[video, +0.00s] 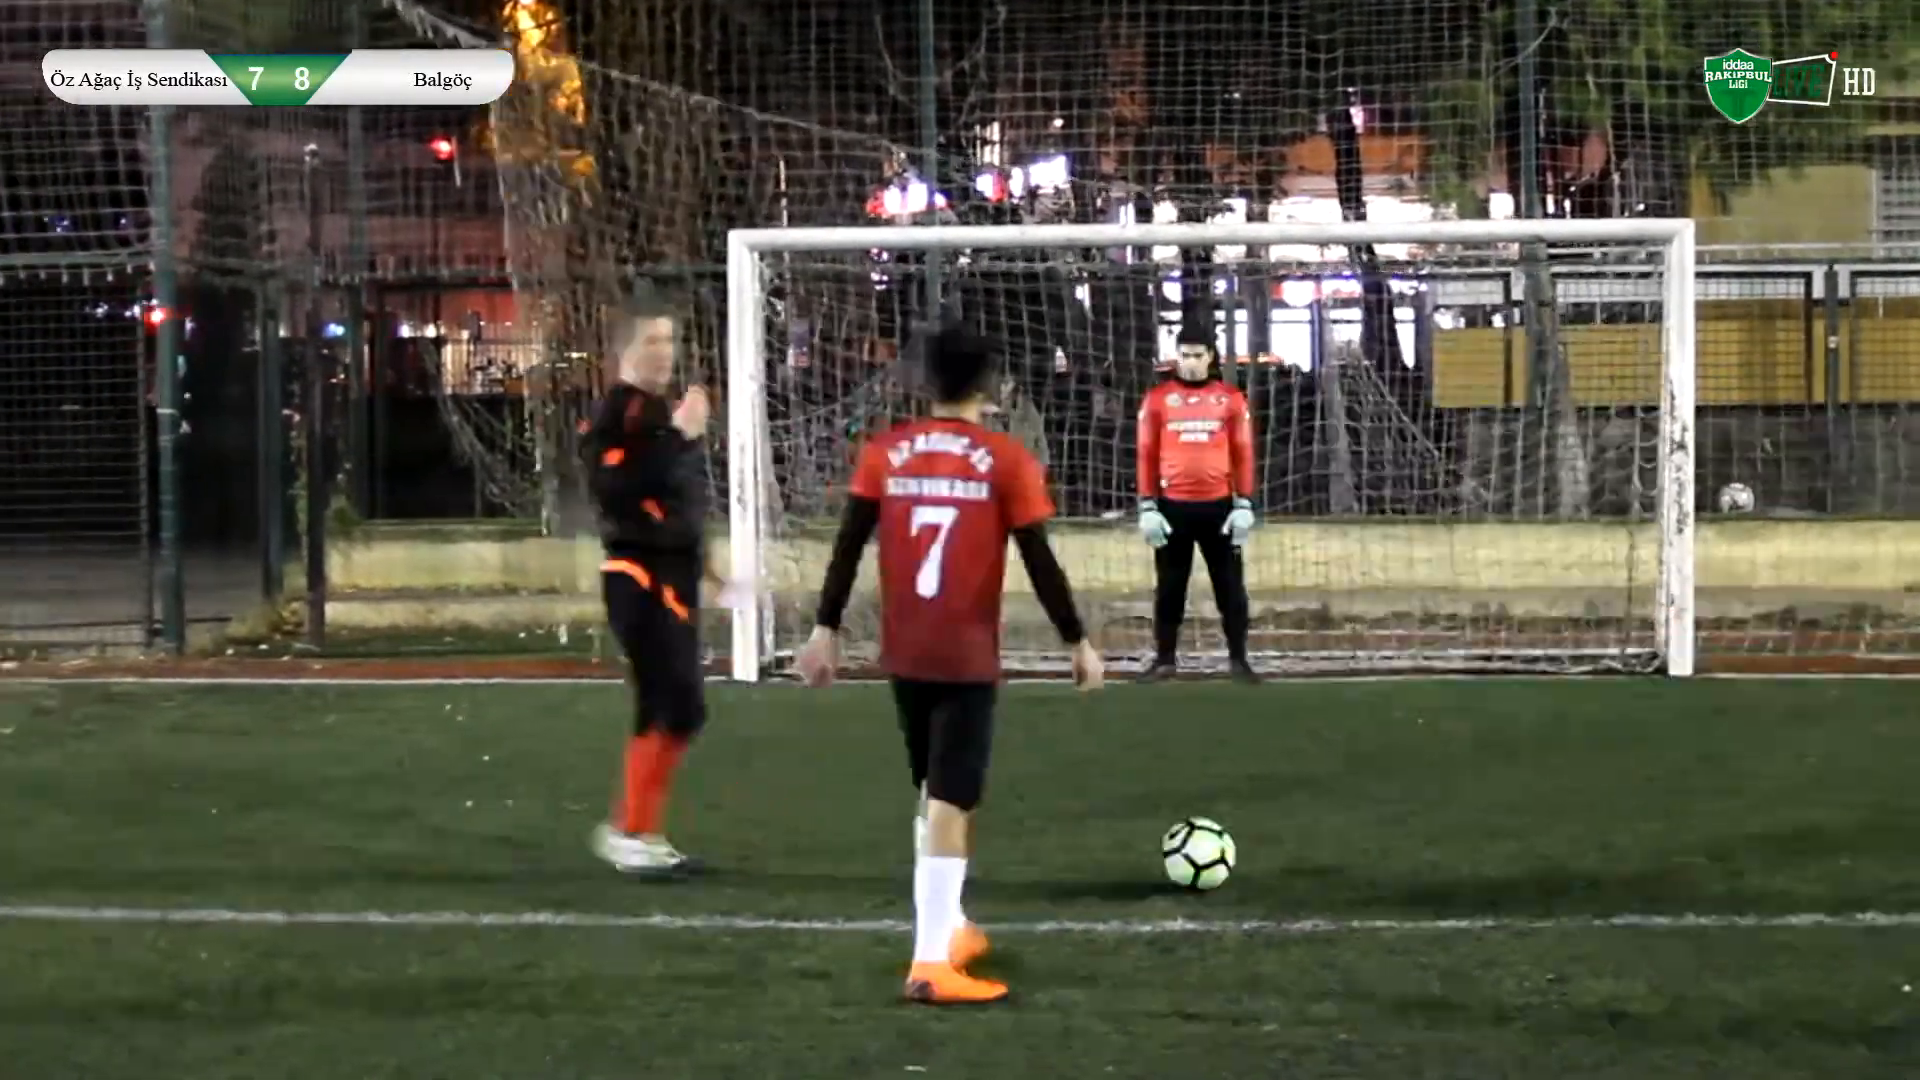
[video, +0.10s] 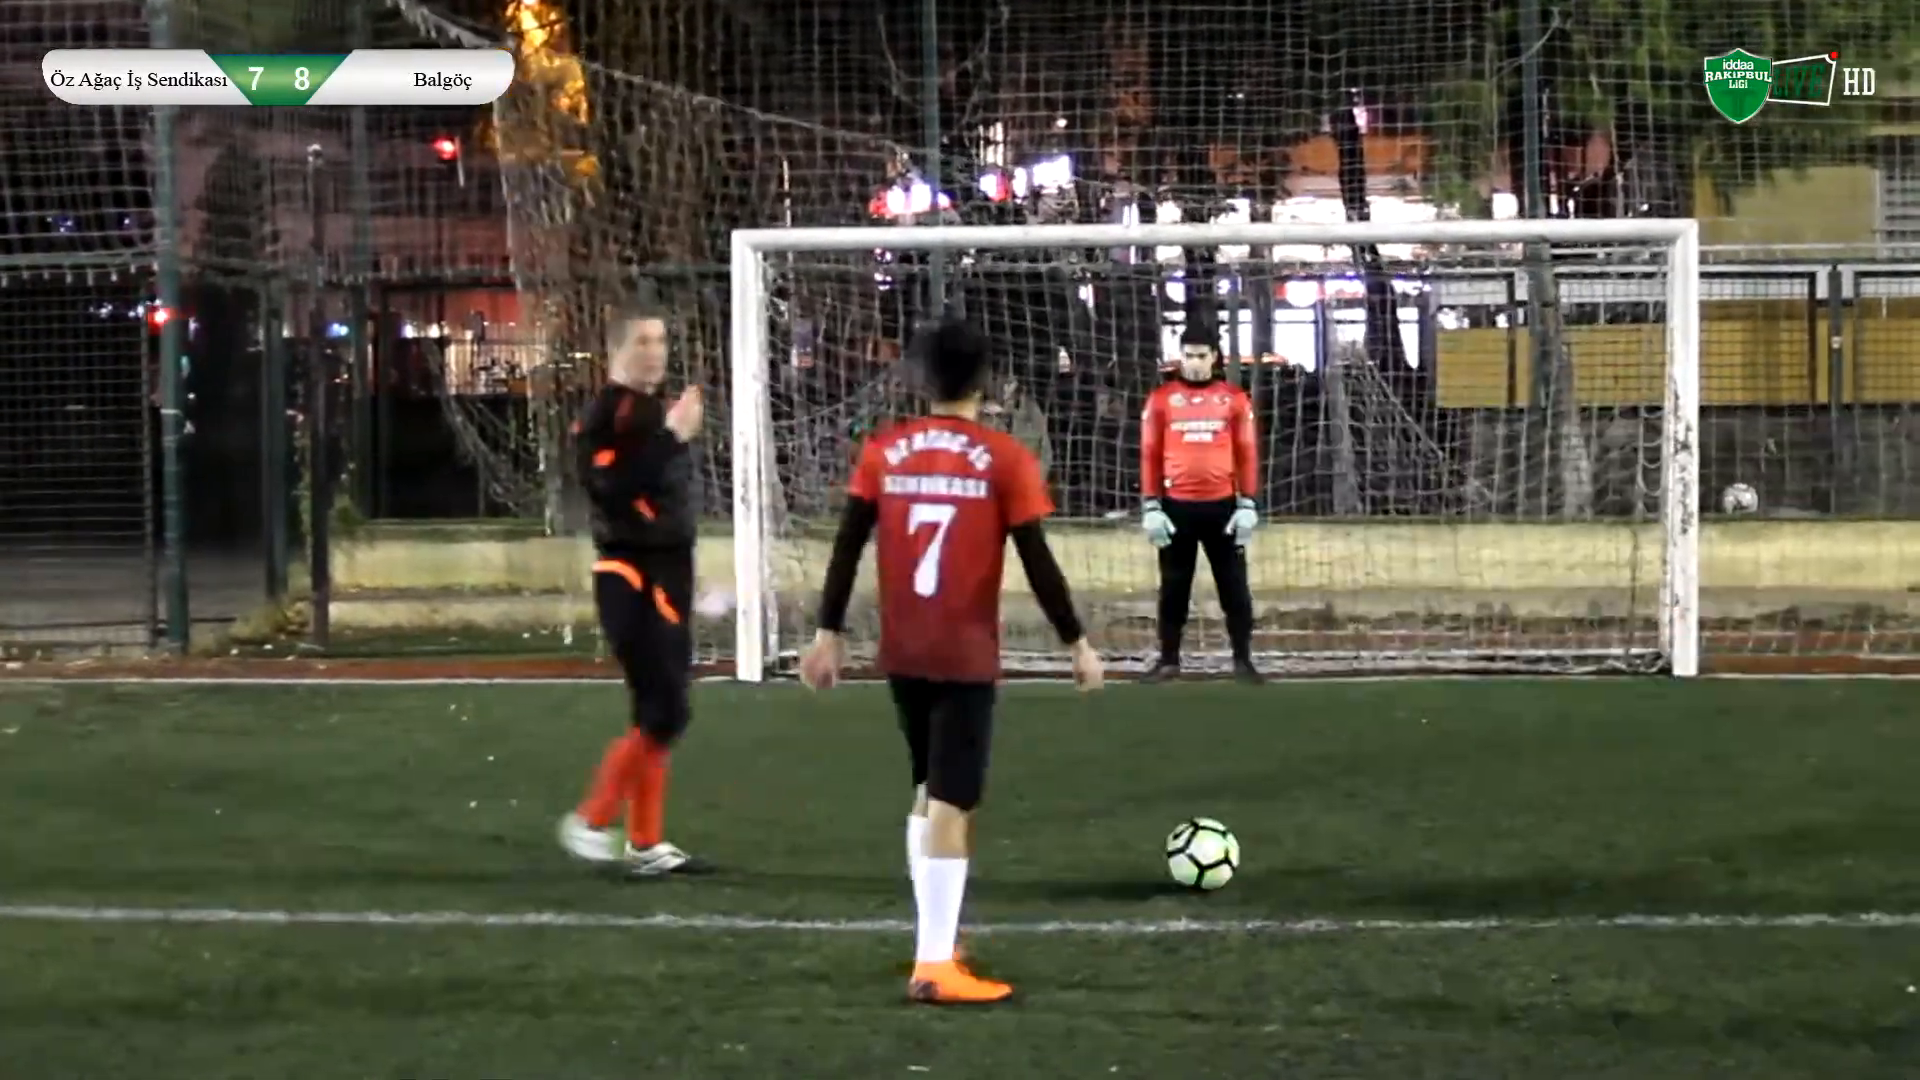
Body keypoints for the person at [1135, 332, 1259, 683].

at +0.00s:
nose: (1191, 363)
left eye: (1198, 356)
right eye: (1185, 355)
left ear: (1211, 358)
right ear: (1176, 357)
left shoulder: (1230, 398)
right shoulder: (1156, 400)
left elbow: (1244, 452)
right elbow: (1146, 453)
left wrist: (1244, 501)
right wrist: (1147, 503)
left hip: (1219, 504)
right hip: (1172, 504)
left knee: (1231, 589)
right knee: (1169, 589)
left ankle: (1239, 658)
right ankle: (1165, 658)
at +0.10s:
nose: (1195, 364)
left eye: (1202, 356)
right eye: (1189, 356)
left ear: (1215, 358)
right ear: (1180, 358)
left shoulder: (1235, 399)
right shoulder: (1160, 399)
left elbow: (1248, 453)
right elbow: (1150, 454)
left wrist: (1248, 501)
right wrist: (1151, 504)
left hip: (1222, 503)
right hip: (1176, 504)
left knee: (1234, 588)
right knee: (1173, 588)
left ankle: (1243, 658)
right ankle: (1168, 658)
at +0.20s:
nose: (1198, 364)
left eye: (1205, 356)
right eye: (1192, 357)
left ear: (1217, 359)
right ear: (1182, 359)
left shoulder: (1237, 401)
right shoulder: (1163, 401)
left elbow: (1250, 453)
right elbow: (1152, 454)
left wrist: (1250, 501)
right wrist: (1153, 504)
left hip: (1224, 506)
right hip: (1178, 506)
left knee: (1236, 589)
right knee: (1175, 590)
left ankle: (1244, 660)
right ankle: (1170, 659)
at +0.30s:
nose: (1196, 365)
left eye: (1203, 358)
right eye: (1190, 358)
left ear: (1216, 359)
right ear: (1181, 359)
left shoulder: (1236, 400)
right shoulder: (1161, 400)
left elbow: (1249, 453)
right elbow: (1151, 455)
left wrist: (1248, 502)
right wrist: (1152, 505)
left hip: (1224, 506)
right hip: (1177, 507)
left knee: (1236, 590)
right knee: (1174, 590)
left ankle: (1243, 661)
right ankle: (1170, 660)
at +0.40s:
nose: (1196, 365)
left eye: (1203, 358)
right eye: (1190, 358)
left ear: (1216, 360)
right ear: (1181, 359)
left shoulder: (1236, 400)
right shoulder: (1161, 400)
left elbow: (1248, 453)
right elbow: (1151, 456)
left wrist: (1248, 502)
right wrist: (1152, 506)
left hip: (1224, 506)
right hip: (1177, 507)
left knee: (1235, 590)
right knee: (1174, 590)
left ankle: (1243, 661)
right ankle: (1170, 661)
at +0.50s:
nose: (1194, 366)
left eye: (1201, 359)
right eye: (1187, 358)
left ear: (1214, 360)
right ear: (1179, 360)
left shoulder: (1233, 401)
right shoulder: (1159, 401)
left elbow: (1246, 454)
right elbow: (1148, 456)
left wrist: (1245, 502)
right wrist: (1150, 506)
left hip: (1221, 507)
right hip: (1174, 508)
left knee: (1233, 591)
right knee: (1171, 590)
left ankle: (1241, 662)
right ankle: (1167, 661)